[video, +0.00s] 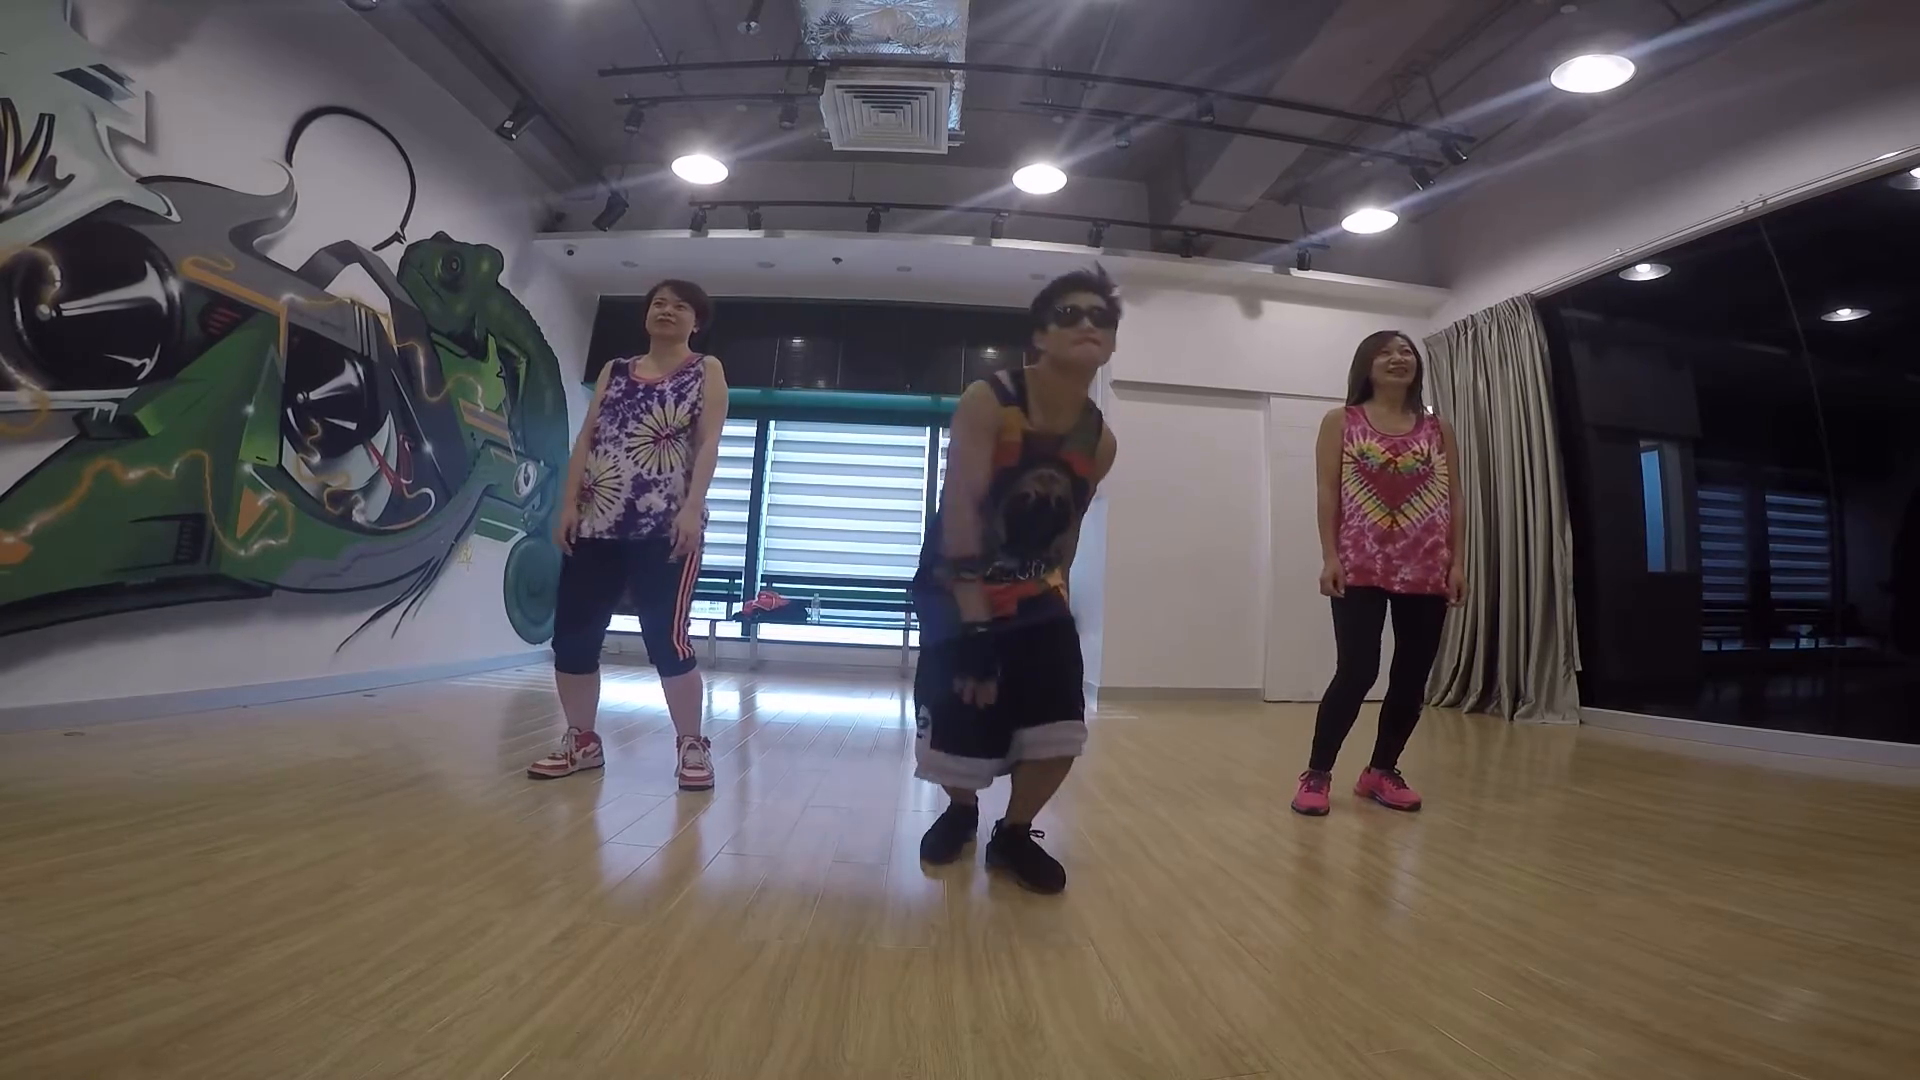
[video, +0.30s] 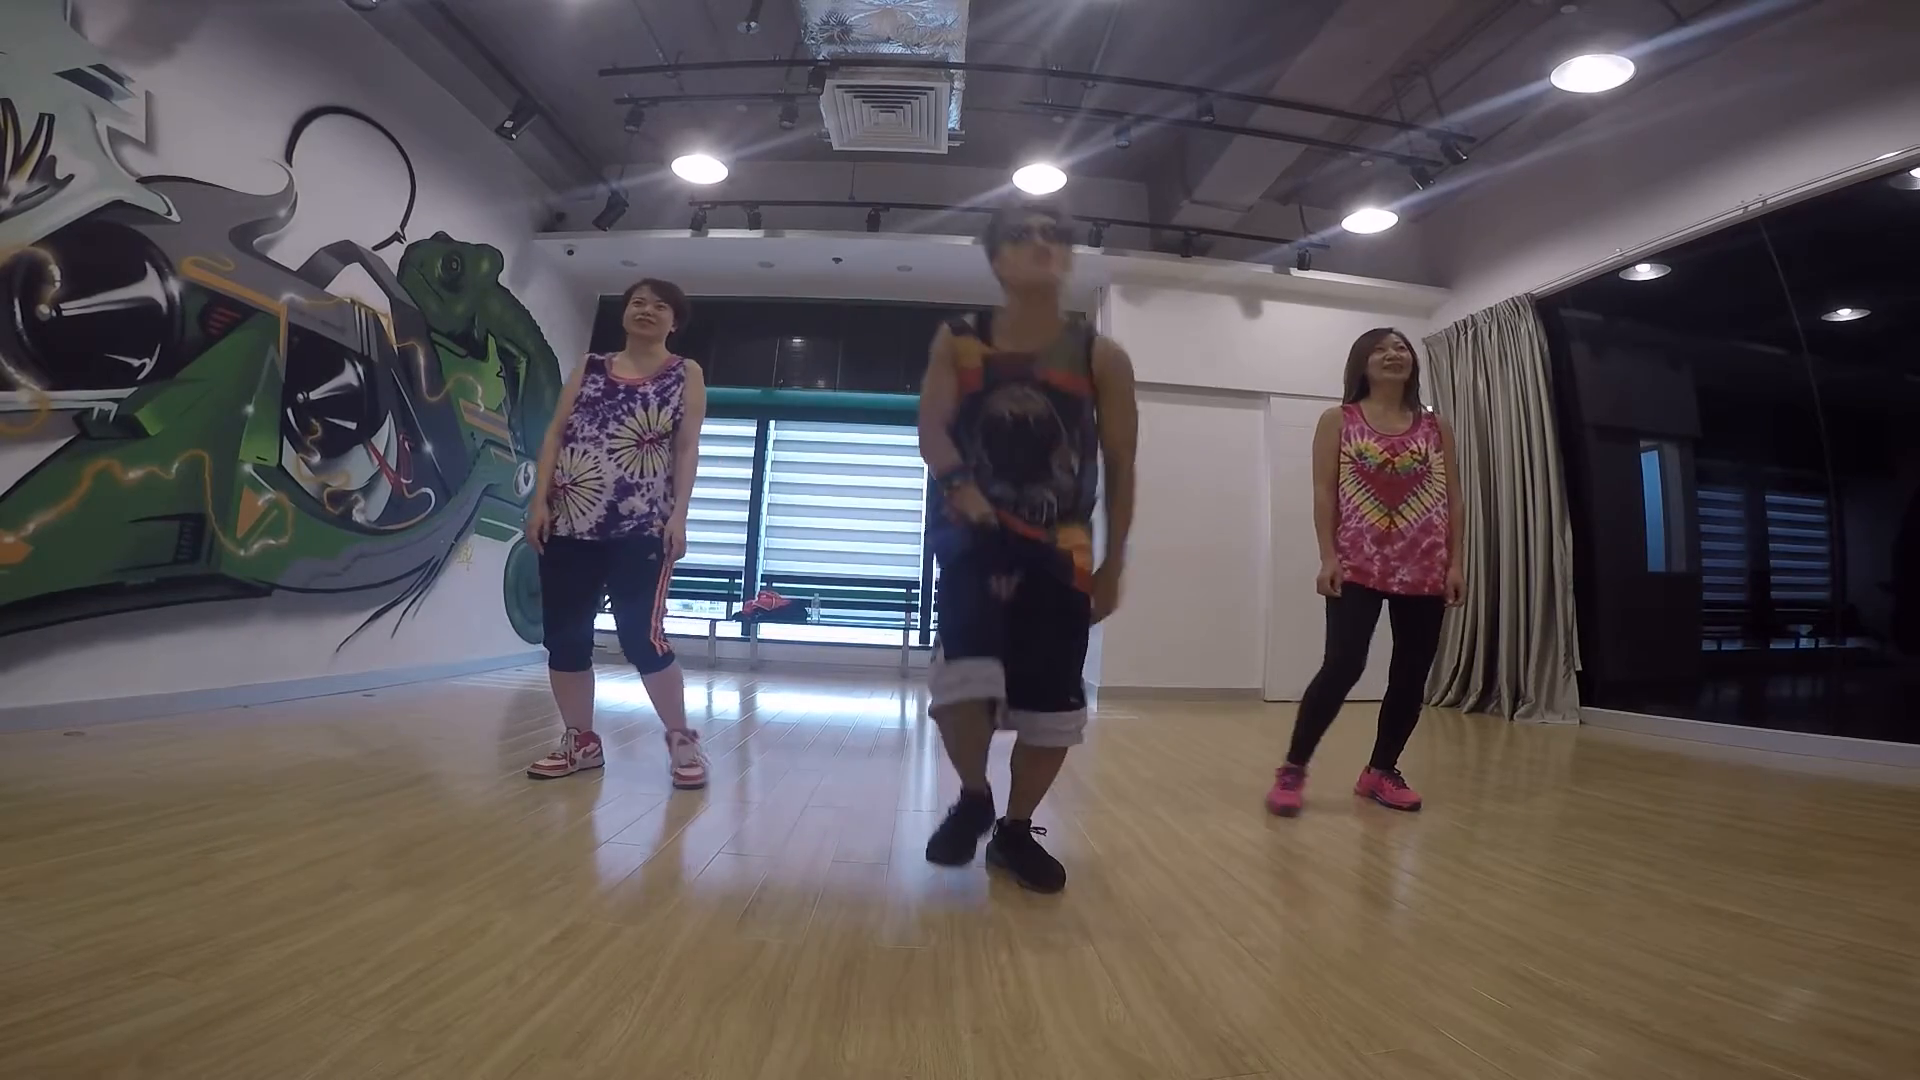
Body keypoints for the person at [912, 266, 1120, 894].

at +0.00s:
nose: (1088, 324)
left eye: (1102, 318)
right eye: (1070, 316)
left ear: (1113, 342)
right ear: (1039, 338)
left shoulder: (1100, 441)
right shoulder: (989, 401)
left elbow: (1066, 536)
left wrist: (1052, 612)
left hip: (1036, 593)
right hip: (960, 587)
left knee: (1060, 730)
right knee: (956, 731)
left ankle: (1013, 835)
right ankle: (963, 807)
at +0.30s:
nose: (1040, 250)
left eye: (1054, 239)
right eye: (1022, 239)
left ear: (1070, 259)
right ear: (994, 260)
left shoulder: (1103, 359)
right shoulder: (959, 343)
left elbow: (1121, 468)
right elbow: (932, 427)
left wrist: (1114, 564)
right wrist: (959, 482)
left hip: (1063, 554)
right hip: (974, 544)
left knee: (1053, 705)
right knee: (964, 685)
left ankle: (1016, 830)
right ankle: (974, 795)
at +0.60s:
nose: (962, 275)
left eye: (979, 267)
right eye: (946, 265)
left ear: (1001, 291)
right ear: (923, 292)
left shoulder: (1047, 350)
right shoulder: (927, 408)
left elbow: (1126, 452)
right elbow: (938, 516)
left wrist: (1160, 566)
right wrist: (959, 550)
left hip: (1075, 580)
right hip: (982, 582)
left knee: (1062, 746)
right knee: (954, 734)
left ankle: (1017, 830)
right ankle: (974, 861)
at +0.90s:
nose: (1012, 229)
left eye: (1025, 219)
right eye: (993, 217)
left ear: (1038, 241)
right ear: (959, 236)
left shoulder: (1069, 328)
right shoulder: (913, 334)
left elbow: (1158, 406)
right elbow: (858, 413)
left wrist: (1273, 442)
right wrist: (810, 431)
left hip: (1047, 561)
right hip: (942, 565)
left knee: (1086, 732)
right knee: (930, 744)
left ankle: (1028, 807)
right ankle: (970, 866)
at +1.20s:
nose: (1049, 244)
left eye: (1062, 235)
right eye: (1029, 234)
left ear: (1077, 262)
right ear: (996, 257)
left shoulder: (1081, 367)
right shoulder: (939, 321)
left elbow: (1135, 462)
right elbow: (844, 361)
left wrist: (1246, 466)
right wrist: (763, 369)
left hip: (1031, 586)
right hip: (925, 580)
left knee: (1060, 767)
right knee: (913, 761)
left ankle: (1025, 864)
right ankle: (969, 867)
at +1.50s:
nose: (1027, 240)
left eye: (1042, 231)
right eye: (1010, 229)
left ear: (1060, 258)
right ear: (980, 253)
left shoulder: (1090, 359)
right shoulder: (940, 349)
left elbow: (1082, 470)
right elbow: (940, 460)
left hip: (1065, 580)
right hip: (956, 576)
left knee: (1092, 746)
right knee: (907, 743)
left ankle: (1032, 867)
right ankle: (952, 855)